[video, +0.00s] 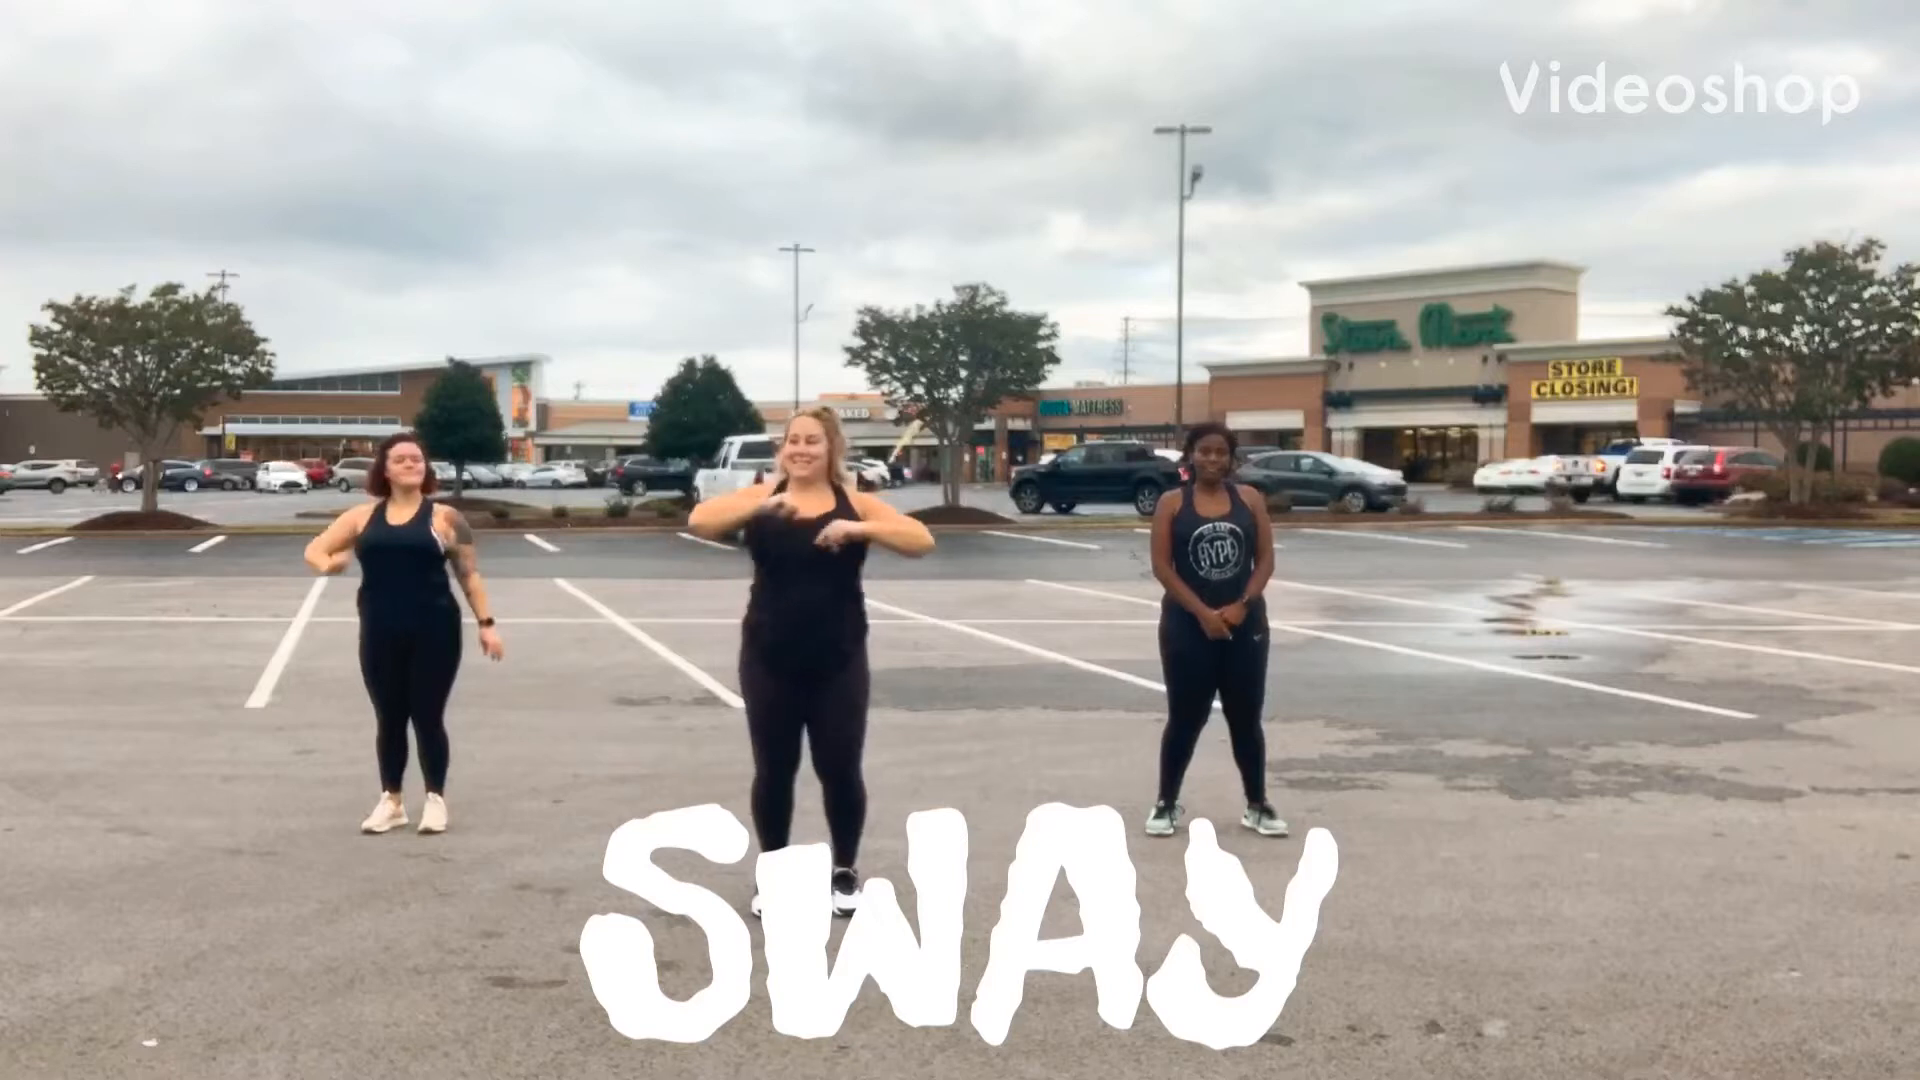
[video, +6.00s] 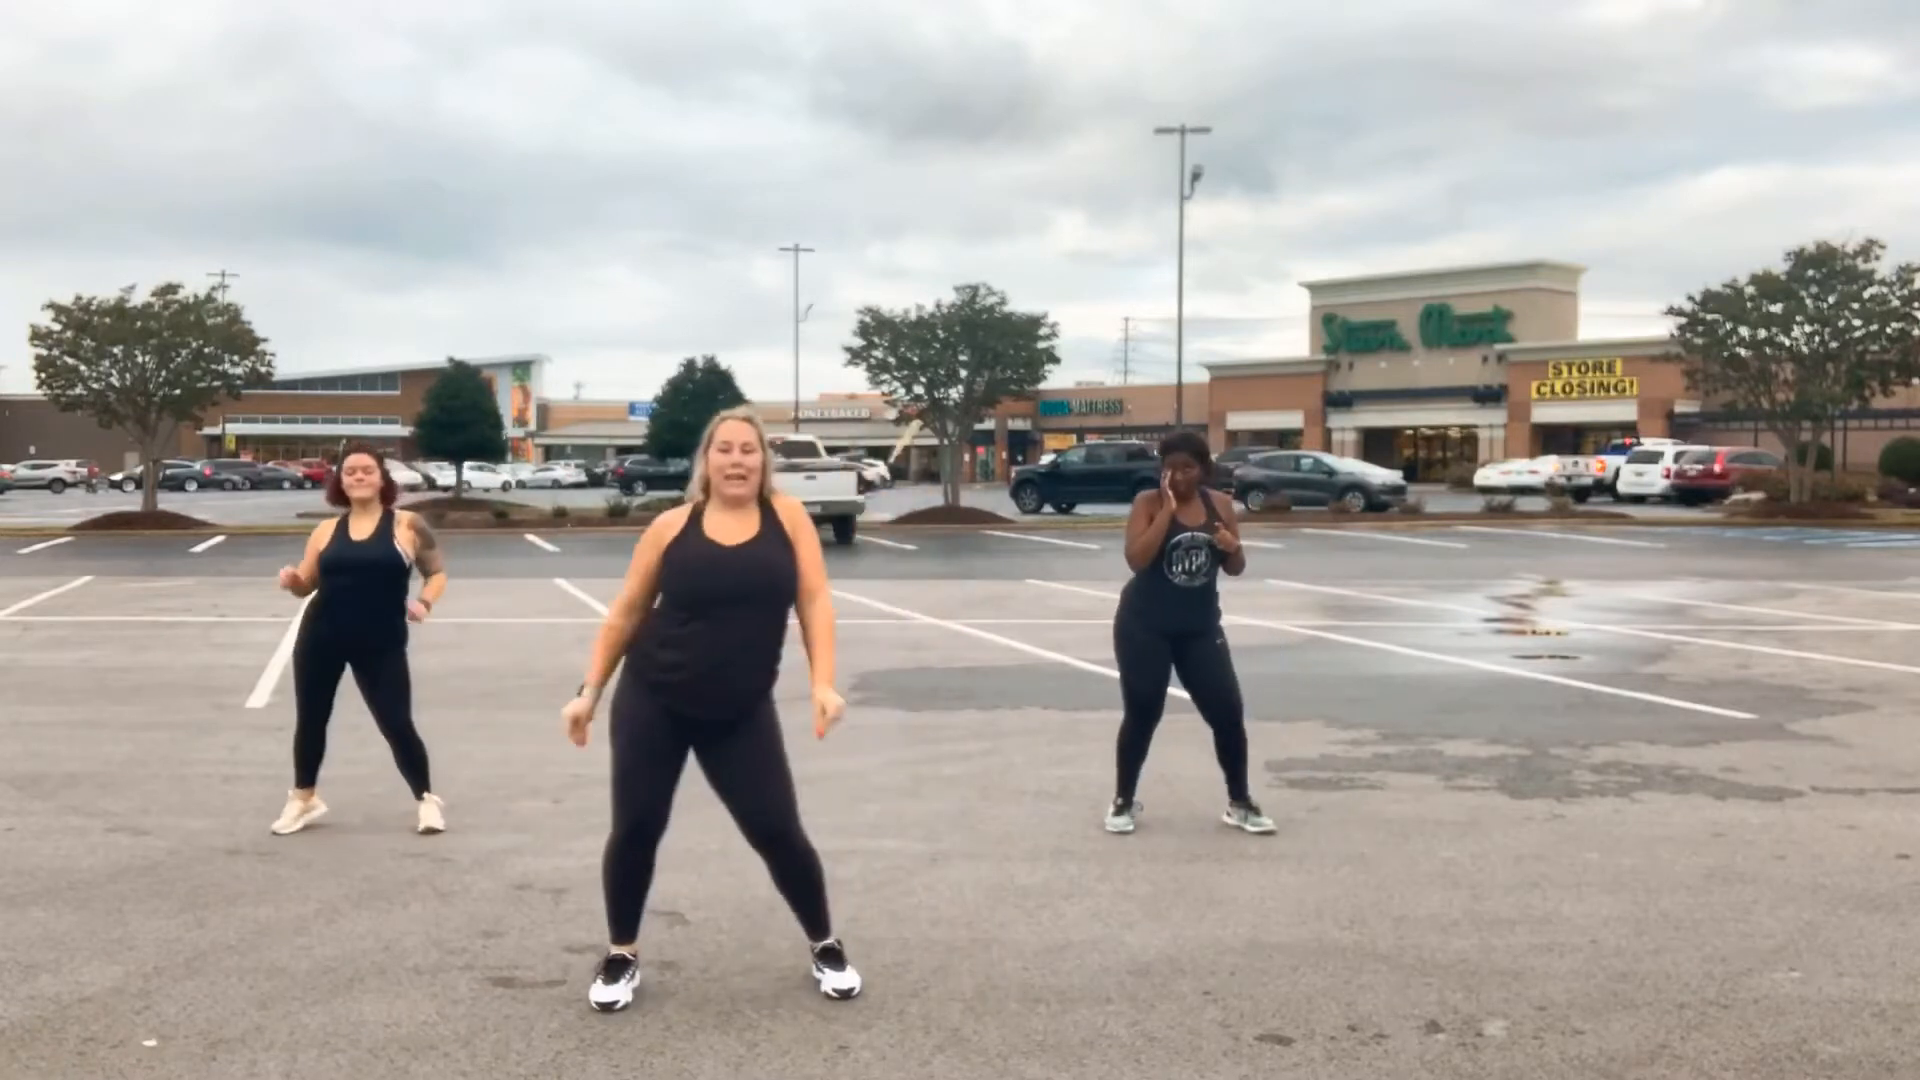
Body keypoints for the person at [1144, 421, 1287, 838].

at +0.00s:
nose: (1212, 459)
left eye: (1220, 452)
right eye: (1205, 451)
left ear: (1231, 457)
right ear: (1191, 457)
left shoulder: (1250, 498)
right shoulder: (1172, 503)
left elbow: (1266, 561)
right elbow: (1161, 567)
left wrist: (1244, 603)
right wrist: (1202, 612)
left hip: (1244, 623)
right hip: (1186, 624)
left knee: (1246, 720)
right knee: (1185, 719)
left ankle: (1257, 805)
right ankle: (1166, 804)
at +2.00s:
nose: (1209, 456)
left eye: (1216, 451)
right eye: (1201, 449)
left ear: (1226, 460)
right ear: (1185, 457)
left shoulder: (1240, 502)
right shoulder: (1164, 505)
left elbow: (1258, 562)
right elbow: (1151, 570)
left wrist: (1273, 615)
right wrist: (1158, 626)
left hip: (1234, 625)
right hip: (1179, 627)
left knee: (1247, 717)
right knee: (1177, 717)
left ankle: (1257, 805)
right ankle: (1164, 805)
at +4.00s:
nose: (1238, 451)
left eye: (1244, 444)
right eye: (1229, 447)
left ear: (1255, 453)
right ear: (1216, 459)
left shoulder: (1276, 496)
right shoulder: (1199, 503)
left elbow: (1303, 555)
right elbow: (1183, 561)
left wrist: (1273, 571)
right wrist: (1188, 588)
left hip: (1265, 623)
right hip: (1211, 623)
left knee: (1258, 715)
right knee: (1217, 713)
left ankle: (1258, 807)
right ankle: (1217, 803)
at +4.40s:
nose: (1238, 454)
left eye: (1244, 448)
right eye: (1229, 449)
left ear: (1256, 457)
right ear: (1215, 460)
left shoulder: (1274, 502)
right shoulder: (1197, 506)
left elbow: (1309, 555)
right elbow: (1176, 566)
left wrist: (1278, 575)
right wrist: (1205, 565)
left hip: (1268, 625)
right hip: (1214, 626)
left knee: (1274, 709)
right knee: (1214, 716)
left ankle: (1314, 792)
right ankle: (1218, 804)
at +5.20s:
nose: (1237, 461)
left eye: (1244, 454)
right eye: (1229, 454)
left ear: (1254, 458)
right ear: (1213, 458)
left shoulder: (1261, 495)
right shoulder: (1193, 496)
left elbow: (1276, 562)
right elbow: (1176, 550)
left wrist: (1276, 538)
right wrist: (1212, 503)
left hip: (1254, 620)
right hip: (1199, 621)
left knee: (1266, 711)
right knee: (1205, 714)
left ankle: (1255, 794)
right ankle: (1195, 803)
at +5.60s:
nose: (1219, 475)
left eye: (1227, 466)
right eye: (1211, 467)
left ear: (1241, 468)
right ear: (1198, 469)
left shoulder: (1257, 501)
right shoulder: (1185, 500)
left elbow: (1281, 563)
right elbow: (1175, 558)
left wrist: (1265, 542)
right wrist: (1203, 510)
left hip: (1238, 621)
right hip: (1183, 618)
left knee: (1251, 710)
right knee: (1179, 698)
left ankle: (1241, 806)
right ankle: (1140, 788)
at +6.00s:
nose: (1178, 475)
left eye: (1186, 468)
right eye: (1171, 468)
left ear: (1202, 468)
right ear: (1161, 470)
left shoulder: (1219, 503)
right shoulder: (1148, 502)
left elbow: (1235, 568)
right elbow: (1136, 558)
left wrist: (1231, 549)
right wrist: (1166, 512)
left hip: (1199, 627)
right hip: (1144, 626)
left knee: (1228, 712)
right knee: (1142, 713)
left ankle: (1240, 803)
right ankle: (1123, 802)